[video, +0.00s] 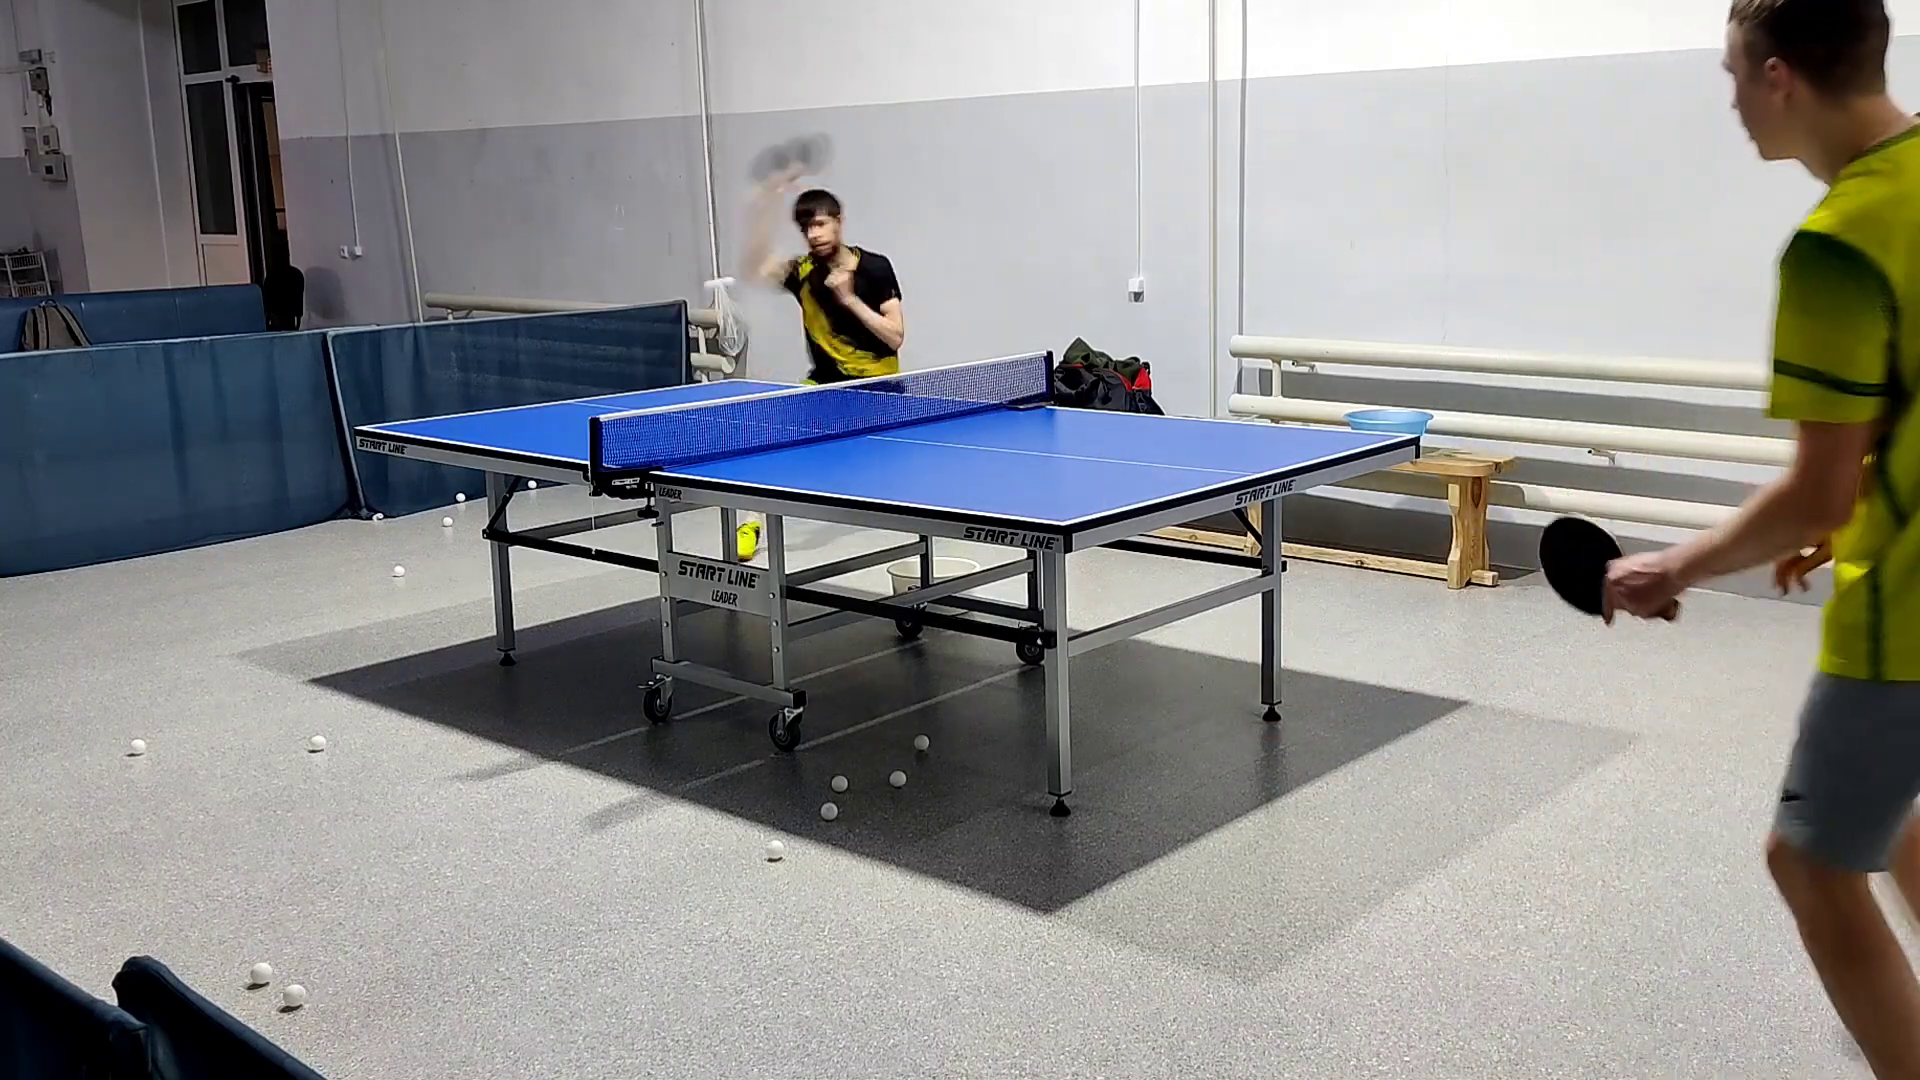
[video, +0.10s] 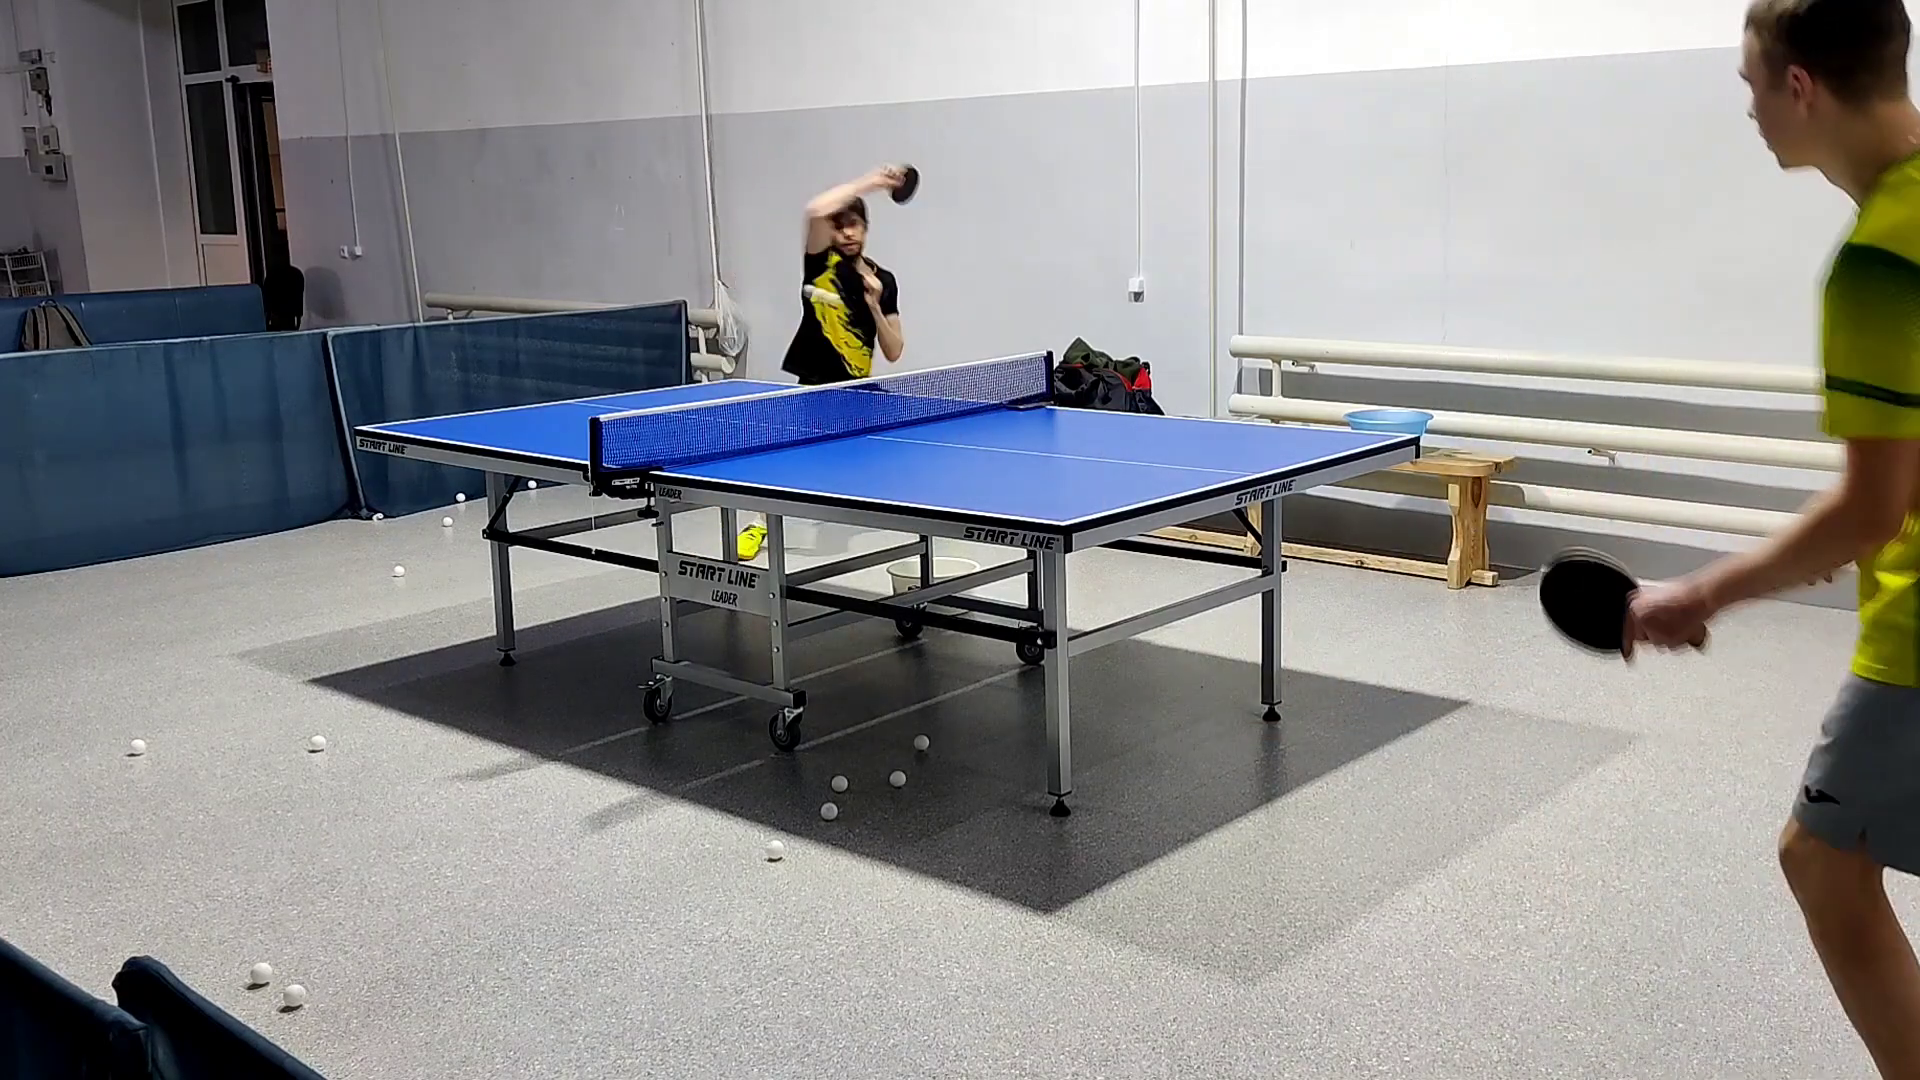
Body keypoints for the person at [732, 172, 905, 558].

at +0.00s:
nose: (813, 233)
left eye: (820, 224)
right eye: (807, 227)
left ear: (840, 223)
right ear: (802, 232)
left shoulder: (874, 268)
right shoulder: (800, 271)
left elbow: (895, 339)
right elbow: (752, 273)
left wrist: (849, 298)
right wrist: (769, 203)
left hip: (877, 385)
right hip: (823, 384)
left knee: (896, 465)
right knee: (766, 430)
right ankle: (752, 522)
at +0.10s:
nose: (846, 233)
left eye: (854, 225)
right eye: (839, 226)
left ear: (866, 229)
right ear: (828, 231)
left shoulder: (881, 279)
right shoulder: (820, 262)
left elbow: (893, 352)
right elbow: (814, 213)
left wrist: (874, 305)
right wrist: (872, 181)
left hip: (857, 390)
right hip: (811, 384)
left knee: (871, 470)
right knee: (784, 453)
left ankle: (901, 562)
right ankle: (760, 524)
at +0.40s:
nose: (851, 213)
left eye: (856, 205)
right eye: (842, 206)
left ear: (864, 210)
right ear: (827, 212)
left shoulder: (875, 261)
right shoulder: (815, 247)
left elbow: (893, 334)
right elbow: (802, 212)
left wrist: (880, 302)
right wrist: (853, 165)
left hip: (854, 376)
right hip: (807, 375)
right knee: (795, 456)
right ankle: (760, 527)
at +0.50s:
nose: (837, 182)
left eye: (842, 172)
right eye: (827, 174)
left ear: (851, 176)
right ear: (814, 182)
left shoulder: (867, 231)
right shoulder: (802, 223)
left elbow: (894, 300)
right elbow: (775, 201)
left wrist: (872, 283)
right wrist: (818, 152)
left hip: (851, 352)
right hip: (804, 351)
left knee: (916, 400)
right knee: (787, 415)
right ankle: (760, 525)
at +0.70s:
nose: (810, 142)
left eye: (816, 133)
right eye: (799, 135)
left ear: (826, 137)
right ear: (785, 143)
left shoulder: (847, 189)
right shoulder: (776, 184)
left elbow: (879, 252)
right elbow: (742, 223)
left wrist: (859, 264)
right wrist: (767, 173)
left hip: (837, 314)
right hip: (790, 313)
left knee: (892, 399)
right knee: (774, 409)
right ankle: (751, 521)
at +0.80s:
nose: (800, 149)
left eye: (807, 139)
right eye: (790, 142)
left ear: (818, 144)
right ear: (778, 150)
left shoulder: (842, 196)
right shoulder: (769, 196)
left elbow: (875, 255)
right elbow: (737, 254)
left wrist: (861, 280)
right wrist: (754, 221)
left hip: (833, 321)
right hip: (785, 321)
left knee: (878, 410)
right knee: (768, 414)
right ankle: (745, 521)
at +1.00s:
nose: (779, 161)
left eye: (784, 150)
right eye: (769, 155)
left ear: (797, 152)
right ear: (758, 163)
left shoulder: (830, 200)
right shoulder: (755, 215)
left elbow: (867, 261)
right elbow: (738, 286)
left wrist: (817, 272)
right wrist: (735, 283)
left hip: (838, 328)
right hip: (783, 329)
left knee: (882, 414)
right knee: (755, 413)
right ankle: (741, 521)